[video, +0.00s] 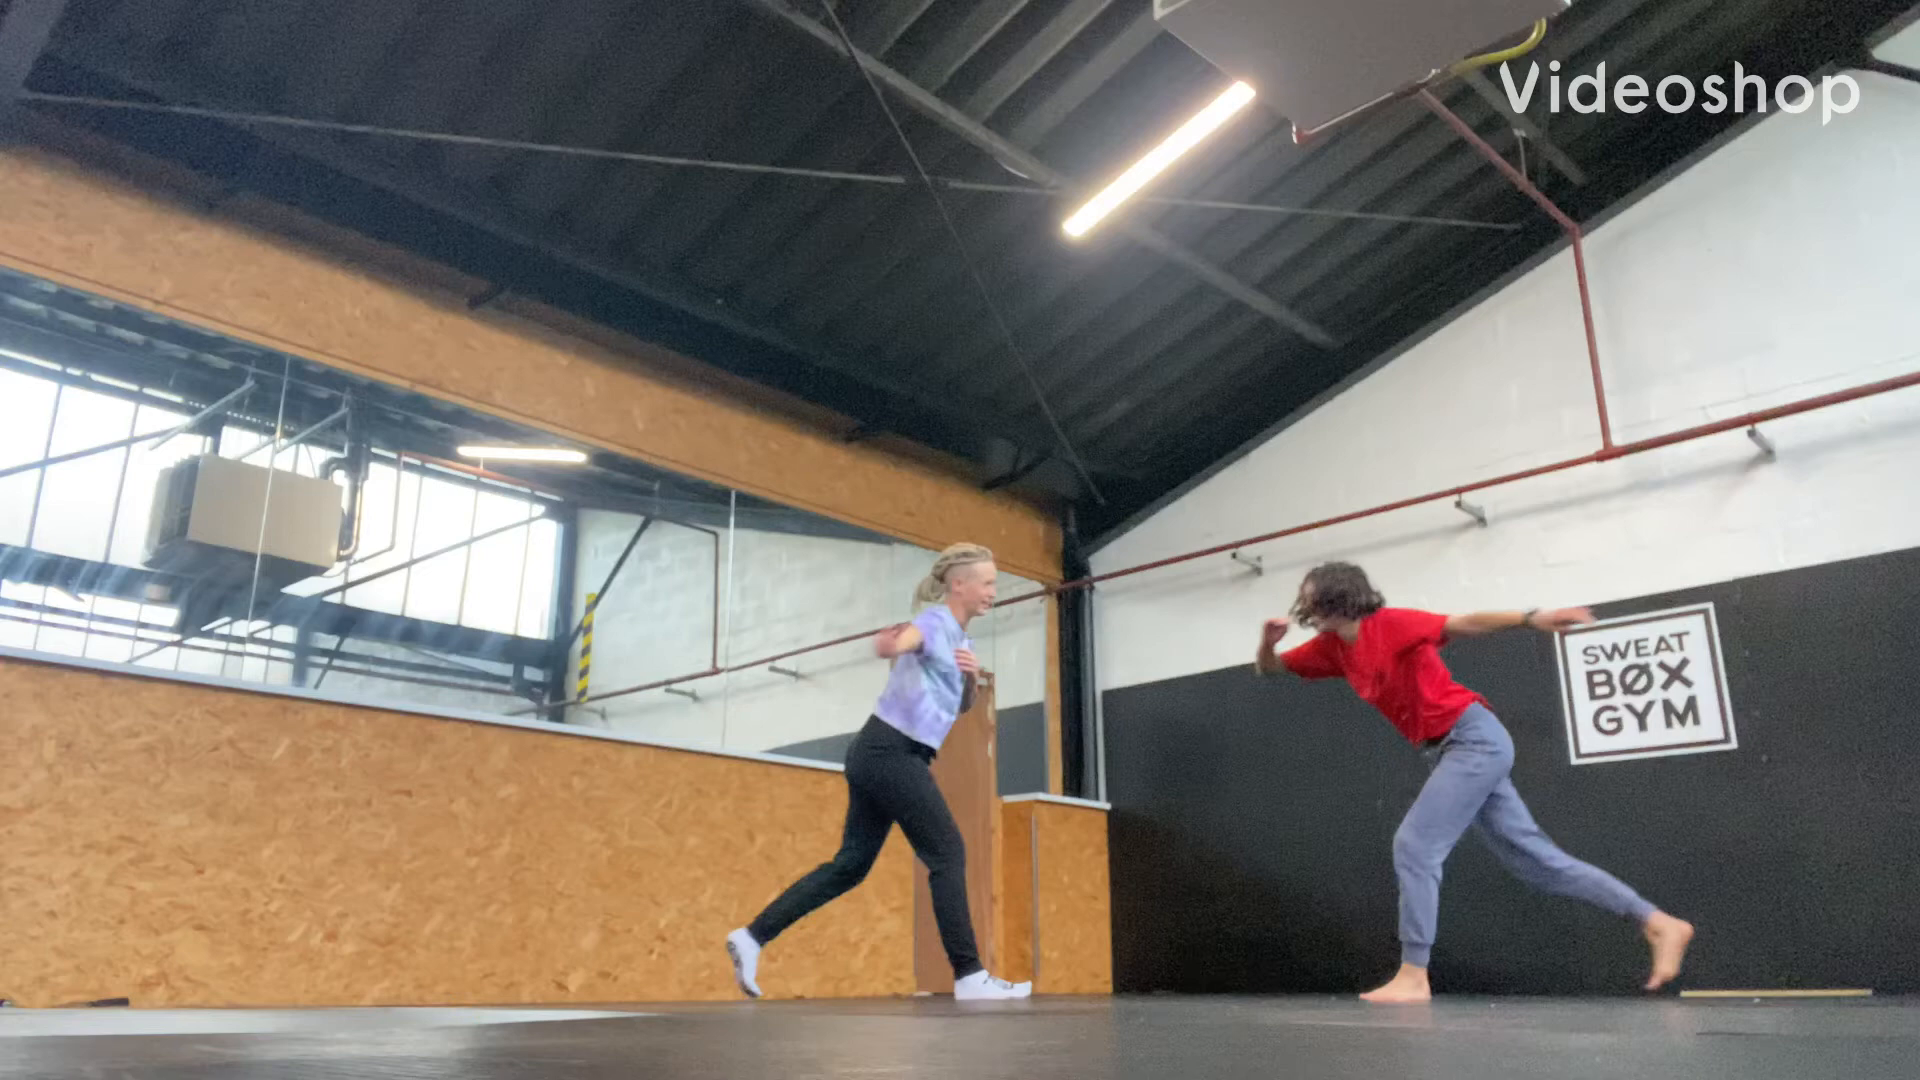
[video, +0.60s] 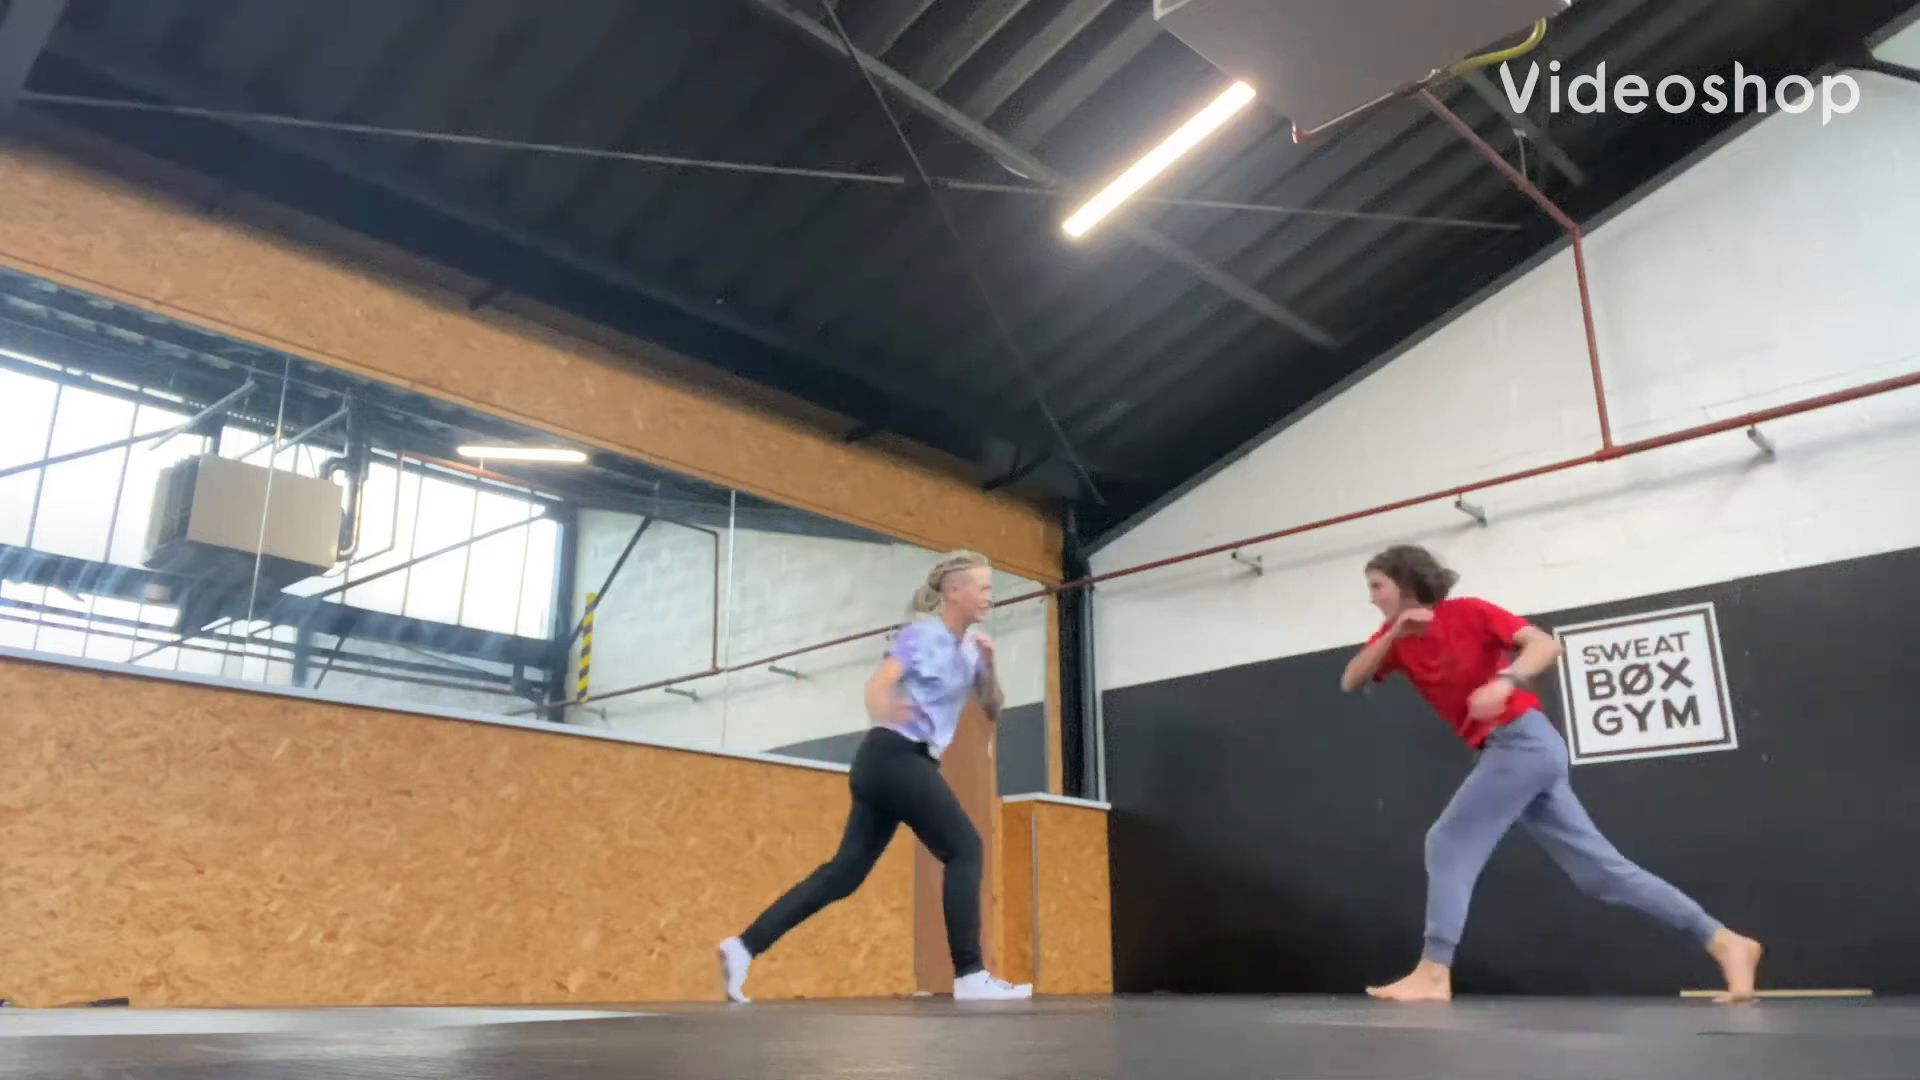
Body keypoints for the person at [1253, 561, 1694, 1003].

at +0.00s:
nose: (1313, 618)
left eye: (1317, 607)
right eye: (1311, 610)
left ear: (1338, 602)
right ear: (1332, 610)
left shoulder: (1388, 624)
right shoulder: (1330, 648)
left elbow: (1462, 625)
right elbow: (1269, 669)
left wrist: (1533, 617)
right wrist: (1266, 645)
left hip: (1475, 737)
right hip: (1456, 749)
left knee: (1415, 843)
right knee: (1540, 863)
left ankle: (1412, 977)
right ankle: (1663, 926)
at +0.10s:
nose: (1323, 602)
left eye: (1328, 592)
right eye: (1324, 596)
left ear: (1352, 594)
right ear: (1358, 599)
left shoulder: (1412, 614)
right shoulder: (1352, 640)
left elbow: (1499, 612)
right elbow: (1289, 660)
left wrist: (1585, 609)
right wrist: (1312, 622)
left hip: (1488, 733)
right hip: (1476, 743)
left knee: (1428, 844)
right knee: (1572, 852)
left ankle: (1415, 976)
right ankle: (1697, 926)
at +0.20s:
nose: (1363, 610)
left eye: (1364, 599)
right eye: (1361, 602)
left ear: (1384, 590)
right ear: (1397, 587)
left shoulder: (1451, 606)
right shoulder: (1390, 643)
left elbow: (1548, 614)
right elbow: (1348, 685)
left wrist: (1637, 626)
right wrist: (1374, 640)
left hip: (1519, 736)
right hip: (1512, 745)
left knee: (1452, 846)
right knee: (1599, 860)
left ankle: (1420, 975)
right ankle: (1726, 944)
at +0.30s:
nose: (1397, 617)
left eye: (1400, 606)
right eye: (1394, 609)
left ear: (1428, 598)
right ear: (1417, 606)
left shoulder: (1494, 615)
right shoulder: (1434, 660)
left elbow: (1585, 641)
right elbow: (1422, 729)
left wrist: (1670, 677)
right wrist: (1422, 680)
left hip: (1558, 756)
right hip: (1539, 765)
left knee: (1465, 848)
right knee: (1618, 891)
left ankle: (1422, 975)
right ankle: (1759, 958)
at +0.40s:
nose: (1413, 624)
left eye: (1417, 613)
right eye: (1411, 615)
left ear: (1445, 608)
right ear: (1438, 618)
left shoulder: (1511, 623)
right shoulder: (1458, 676)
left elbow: (1599, 651)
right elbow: (1442, 742)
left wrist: (1652, 712)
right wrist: (1442, 688)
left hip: (1576, 771)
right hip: (1551, 781)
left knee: (1466, 846)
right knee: (1623, 903)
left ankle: (1427, 973)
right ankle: (1765, 965)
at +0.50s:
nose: (1402, 611)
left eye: (1407, 600)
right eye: (1400, 603)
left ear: (1438, 596)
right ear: (1420, 605)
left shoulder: (1497, 616)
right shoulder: (1437, 662)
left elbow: (1588, 645)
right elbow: (1401, 712)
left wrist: (1595, 709)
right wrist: (1420, 656)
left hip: (1560, 756)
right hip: (1542, 766)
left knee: (1456, 839)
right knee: (1623, 891)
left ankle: (1431, 971)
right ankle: (1760, 959)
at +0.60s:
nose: (1373, 599)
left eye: (1378, 588)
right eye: (1370, 591)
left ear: (1409, 585)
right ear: (1384, 594)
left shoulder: (1465, 611)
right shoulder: (1395, 641)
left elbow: (1543, 646)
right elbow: (1350, 681)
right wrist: (1390, 633)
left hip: (1525, 739)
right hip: (1513, 749)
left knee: (1449, 842)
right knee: (1601, 872)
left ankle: (1432, 974)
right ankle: (1729, 946)